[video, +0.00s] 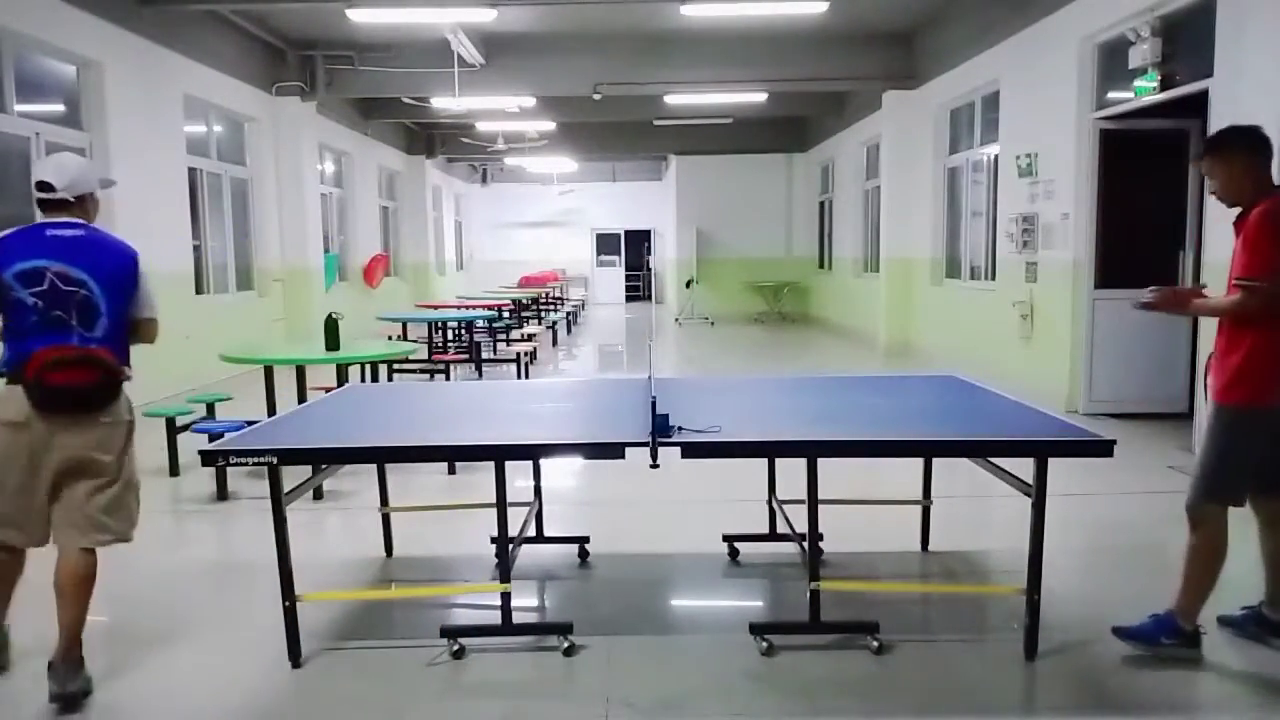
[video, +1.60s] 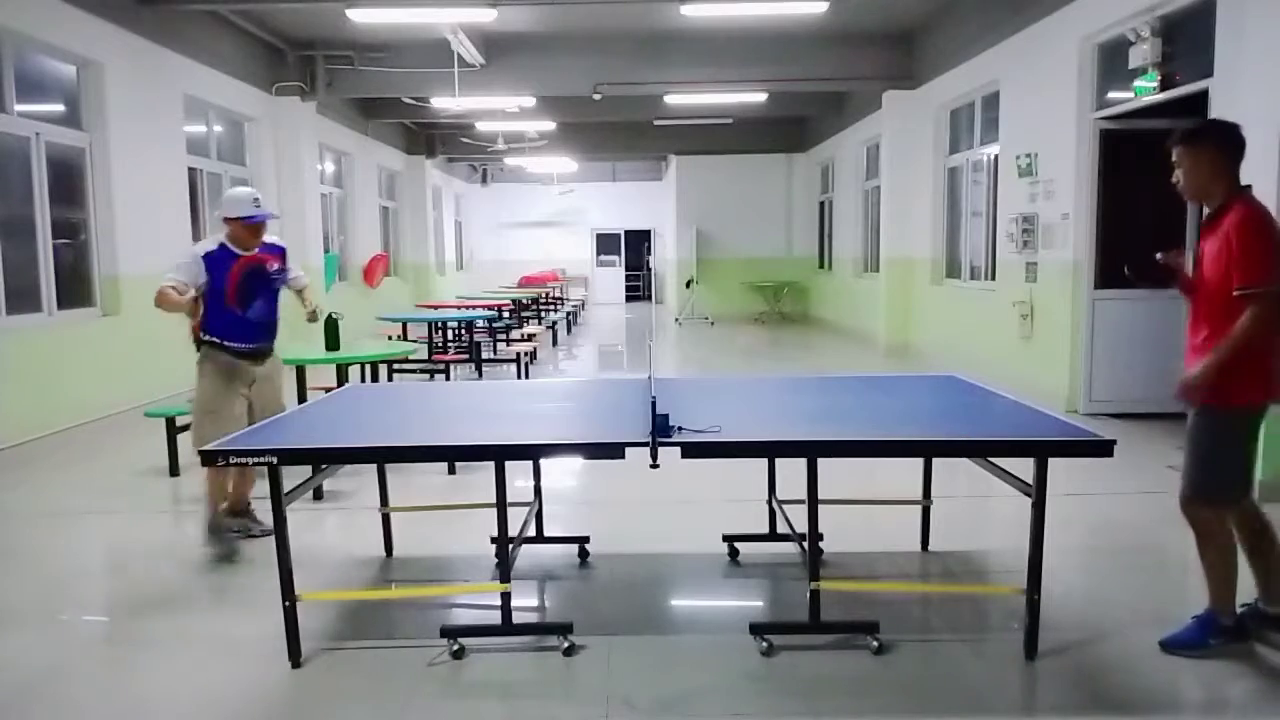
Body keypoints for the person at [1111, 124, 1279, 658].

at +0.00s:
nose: (1210, 187)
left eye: (1215, 174)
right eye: (1208, 176)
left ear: (1247, 167)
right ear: (1249, 170)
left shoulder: (1265, 220)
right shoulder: (1257, 218)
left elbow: (1254, 301)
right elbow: (1251, 299)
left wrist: (1190, 302)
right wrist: (1198, 298)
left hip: (1247, 395)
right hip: (1260, 393)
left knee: (1205, 507)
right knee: (1269, 502)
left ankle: (1182, 621)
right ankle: (1275, 610)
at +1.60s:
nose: (1175, 178)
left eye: (1182, 165)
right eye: (1175, 167)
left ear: (1217, 164)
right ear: (1212, 168)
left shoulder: (1246, 221)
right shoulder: (1222, 222)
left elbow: (1259, 310)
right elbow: (1221, 299)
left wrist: (1205, 371)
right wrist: (1185, 278)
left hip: (1232, 388)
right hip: (1229, 387)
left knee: (1202, 501)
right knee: (1235, 498)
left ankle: (1222, 616)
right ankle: (1272, 602)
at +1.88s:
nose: (1154, 177)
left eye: (1161, 166)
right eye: (1154, 167)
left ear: (1197, 165)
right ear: (1182, 169)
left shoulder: (1237, 224)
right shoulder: (1186, 227)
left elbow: (1267, 308)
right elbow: (1196, 297)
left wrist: (1268, 385)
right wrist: (1154, 295)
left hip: (1223, 392)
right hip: (1189, 387)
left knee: (1196, 498)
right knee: (1172, 481)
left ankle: (1224, 619)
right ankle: (1225, 578)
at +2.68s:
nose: (1136, 203)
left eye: (1140, 190)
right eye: (1133, 193)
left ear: (1170, 179)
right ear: (1170, 182)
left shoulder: (1208, 225)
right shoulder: (1191, 231)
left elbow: (1228, 299)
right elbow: (1213, 302)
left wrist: (1201, 374)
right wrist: (1186, 343)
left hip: (1240, 384)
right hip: (1212, 383)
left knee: (1222, 496)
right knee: (1186, 477)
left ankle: (1277, 607)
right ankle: (1192, 574)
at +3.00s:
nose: (1177, 218)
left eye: (1174, 206)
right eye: (1172, 209)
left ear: (1195, 188)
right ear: (1212, 184)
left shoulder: (1215, 226)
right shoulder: (1265, 218)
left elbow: (1227, 306)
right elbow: (1255, 309)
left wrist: (1205, 378)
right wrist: (1230, 388)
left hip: (1258, 393)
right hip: (1268, 389)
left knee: (1240, 501)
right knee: (1235, 491)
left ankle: (1274, 614)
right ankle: (1269, 590)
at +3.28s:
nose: (1228, 238)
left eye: (1226, 232)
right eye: (1227, 233)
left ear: (1233, 224)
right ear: (1266, 214)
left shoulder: (1241, 241)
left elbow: (1238, 299)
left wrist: (1248, 388)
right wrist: (1243, 373)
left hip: (1272, 404)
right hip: (1272, 403)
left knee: (1242, 506)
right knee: (1250, 506)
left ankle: (1276, 613)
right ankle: (1274, 614)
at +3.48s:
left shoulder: (1274, 273)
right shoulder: (1273, 274)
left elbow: (1261, 323)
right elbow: (1261, 322)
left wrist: (1246, 400)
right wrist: (1247, 400)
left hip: (1279, 428)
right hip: (1277, 427)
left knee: (1260, 509)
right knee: (1259, 509)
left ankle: (1277, 614)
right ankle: (1276, 614)